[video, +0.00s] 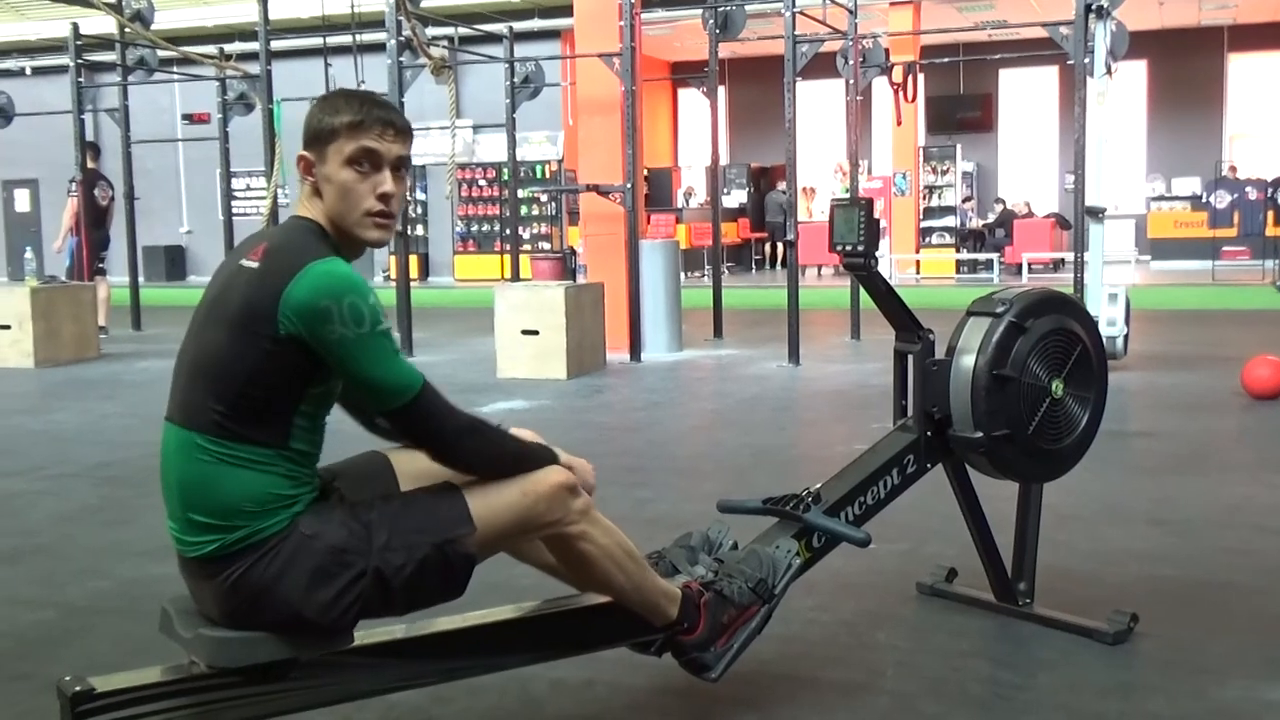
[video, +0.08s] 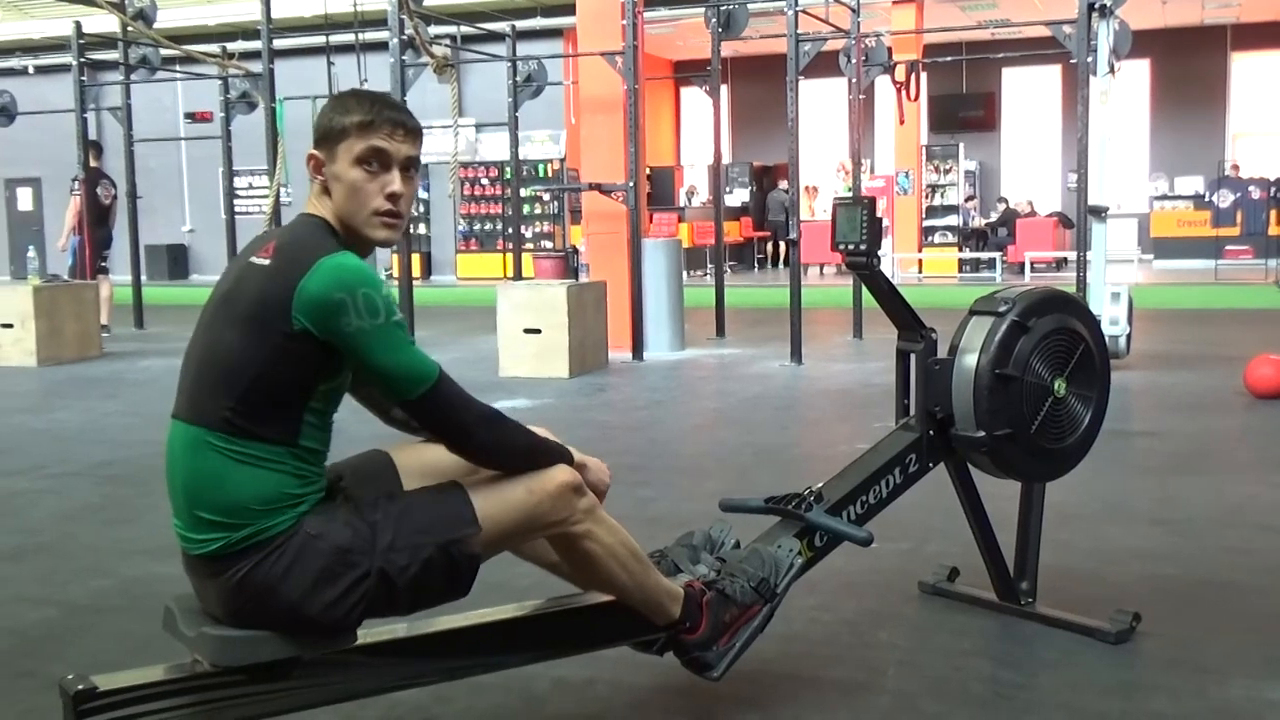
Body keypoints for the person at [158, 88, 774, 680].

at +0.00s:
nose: (389, 187)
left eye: (399, 170)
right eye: (365, 165)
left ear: (406, 177)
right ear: (310, 170)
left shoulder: (274, 253)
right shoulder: (322, 279)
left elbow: (388, 415)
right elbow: (440, 428)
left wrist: (518, 443)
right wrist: (551, 469)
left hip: (234, 534)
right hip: (269, 560)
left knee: (494, 455)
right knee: (543, 488)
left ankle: (636, 597)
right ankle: (682, 617)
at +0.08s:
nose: (398, 188)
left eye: (408, 170)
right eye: (374, 164)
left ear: (414, 178)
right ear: (319, 169)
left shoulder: (286, 252)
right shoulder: (334, 274)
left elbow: (404, 408)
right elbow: (456, 416)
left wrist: (535, 442)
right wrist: (569, 465)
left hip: (245, 532)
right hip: (276, 560)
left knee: (479, 453)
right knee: (553, 486)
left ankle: (636, 592)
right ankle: (685, 616)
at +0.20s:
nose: (408, 187)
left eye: (418, 171)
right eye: (385, 164)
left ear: (425, 180)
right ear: (331, 171)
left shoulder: (298, 252)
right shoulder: (350, 271)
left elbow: (406, 408)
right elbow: (462, 413)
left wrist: (538, 431)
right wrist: (568, 464)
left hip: (246, 533)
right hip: (283, 556)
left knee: (486, 445)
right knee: (557, 489)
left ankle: (642, 599)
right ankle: (688, 617)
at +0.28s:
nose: (414, 189)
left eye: (423, 172)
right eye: (391, 165)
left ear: (430, 179)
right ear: (337, 171)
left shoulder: (301, 251)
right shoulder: (355, 271)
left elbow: (406, 407)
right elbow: (475, 421)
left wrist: (542, 431)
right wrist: (573, 457)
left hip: (248, 532)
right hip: (285, 556)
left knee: (485, 444)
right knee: (560, 486)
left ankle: (640, 599)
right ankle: (690, 617)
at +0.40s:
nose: (419, 191)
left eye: (429, 173)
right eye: (397, 167)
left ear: (435, 179)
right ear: (341, 170)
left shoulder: (303, 250)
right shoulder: (361, 268)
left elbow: (415, 403)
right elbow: (471, 403)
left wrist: (555, 439)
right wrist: (581, 456)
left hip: (248, 533)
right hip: (292, 555)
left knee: (481, 446)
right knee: (570, 481)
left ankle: (639, 597)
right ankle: (692, 615)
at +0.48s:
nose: (421, 191)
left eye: (431, 174)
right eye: (399, 168)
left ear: (438, 179)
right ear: (343, 171)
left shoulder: (307, 247)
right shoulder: (367, 267)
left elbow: (419, 401)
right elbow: (477, 400)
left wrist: (559, 437)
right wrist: (586, 455)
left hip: (257, 531)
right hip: (295, 555)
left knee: (486, 447)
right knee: (572, 479)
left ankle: (647, 596)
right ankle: (695, 615)